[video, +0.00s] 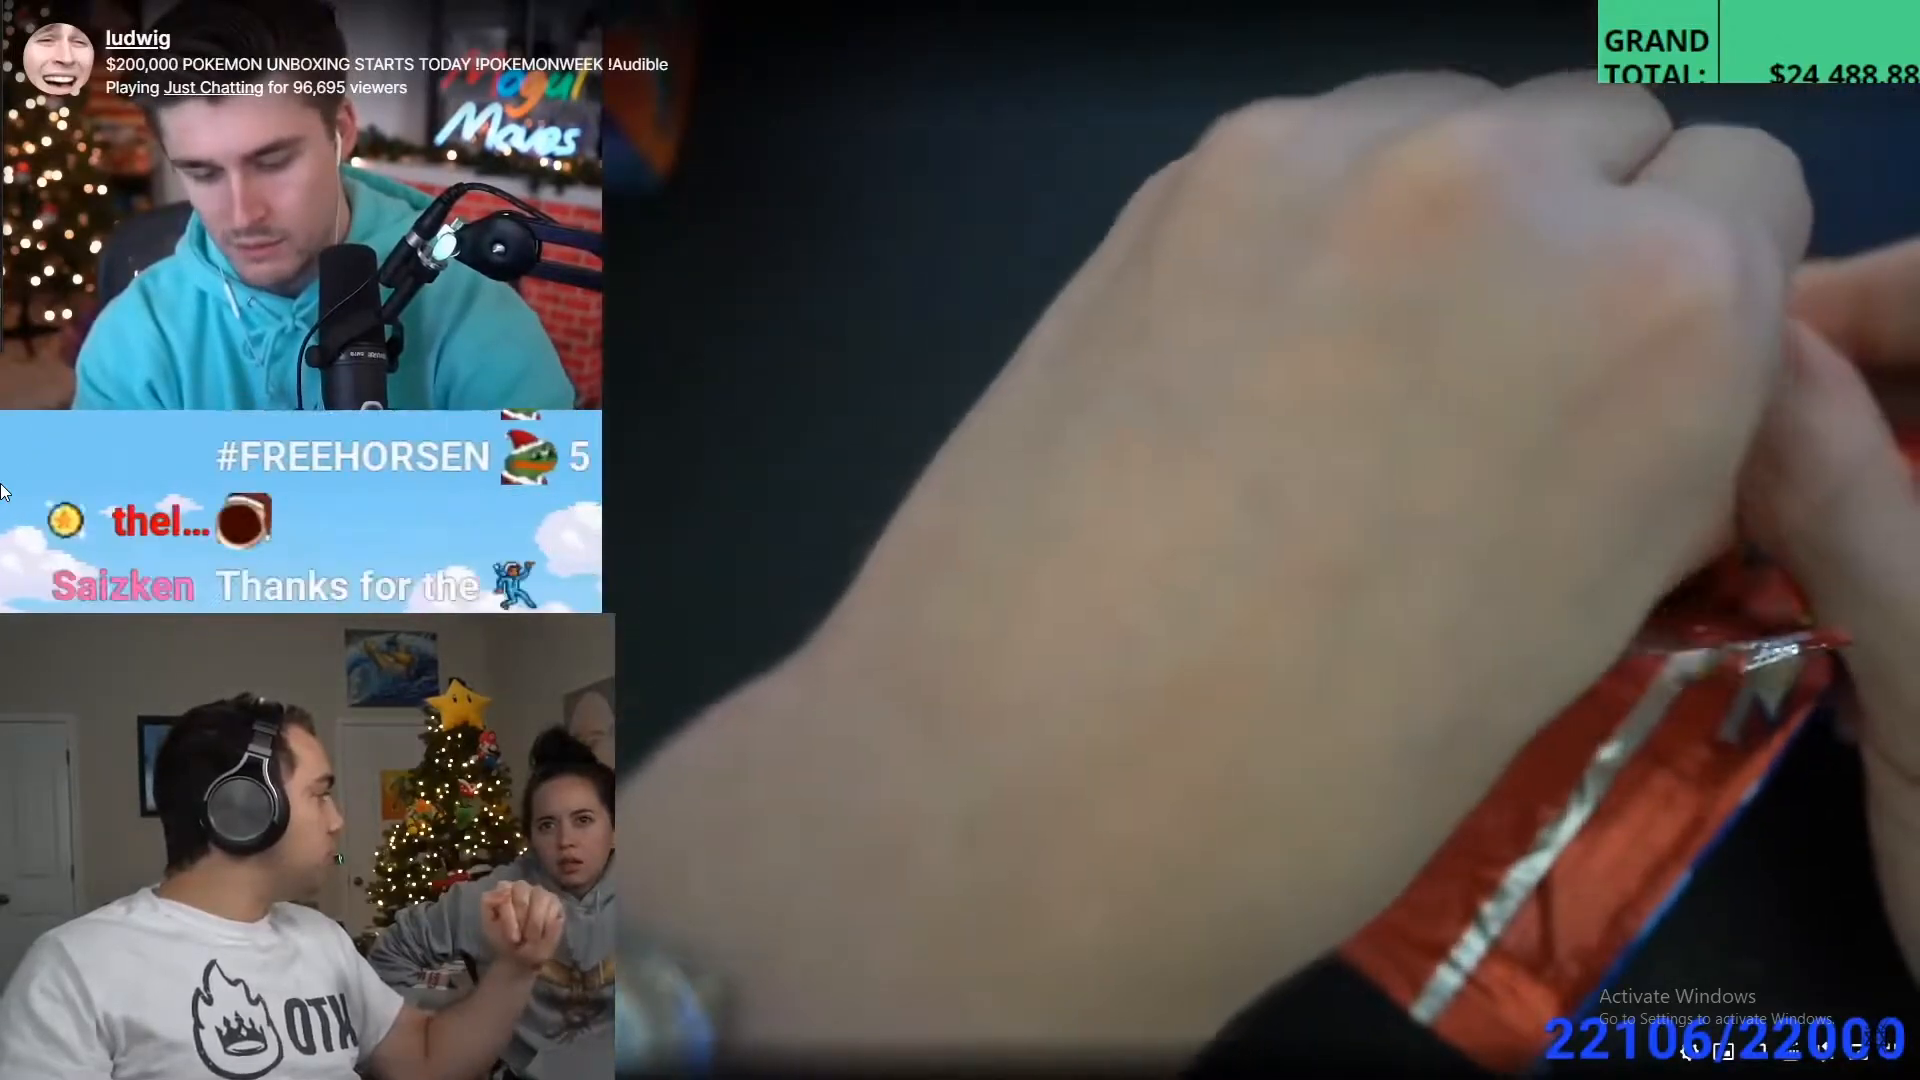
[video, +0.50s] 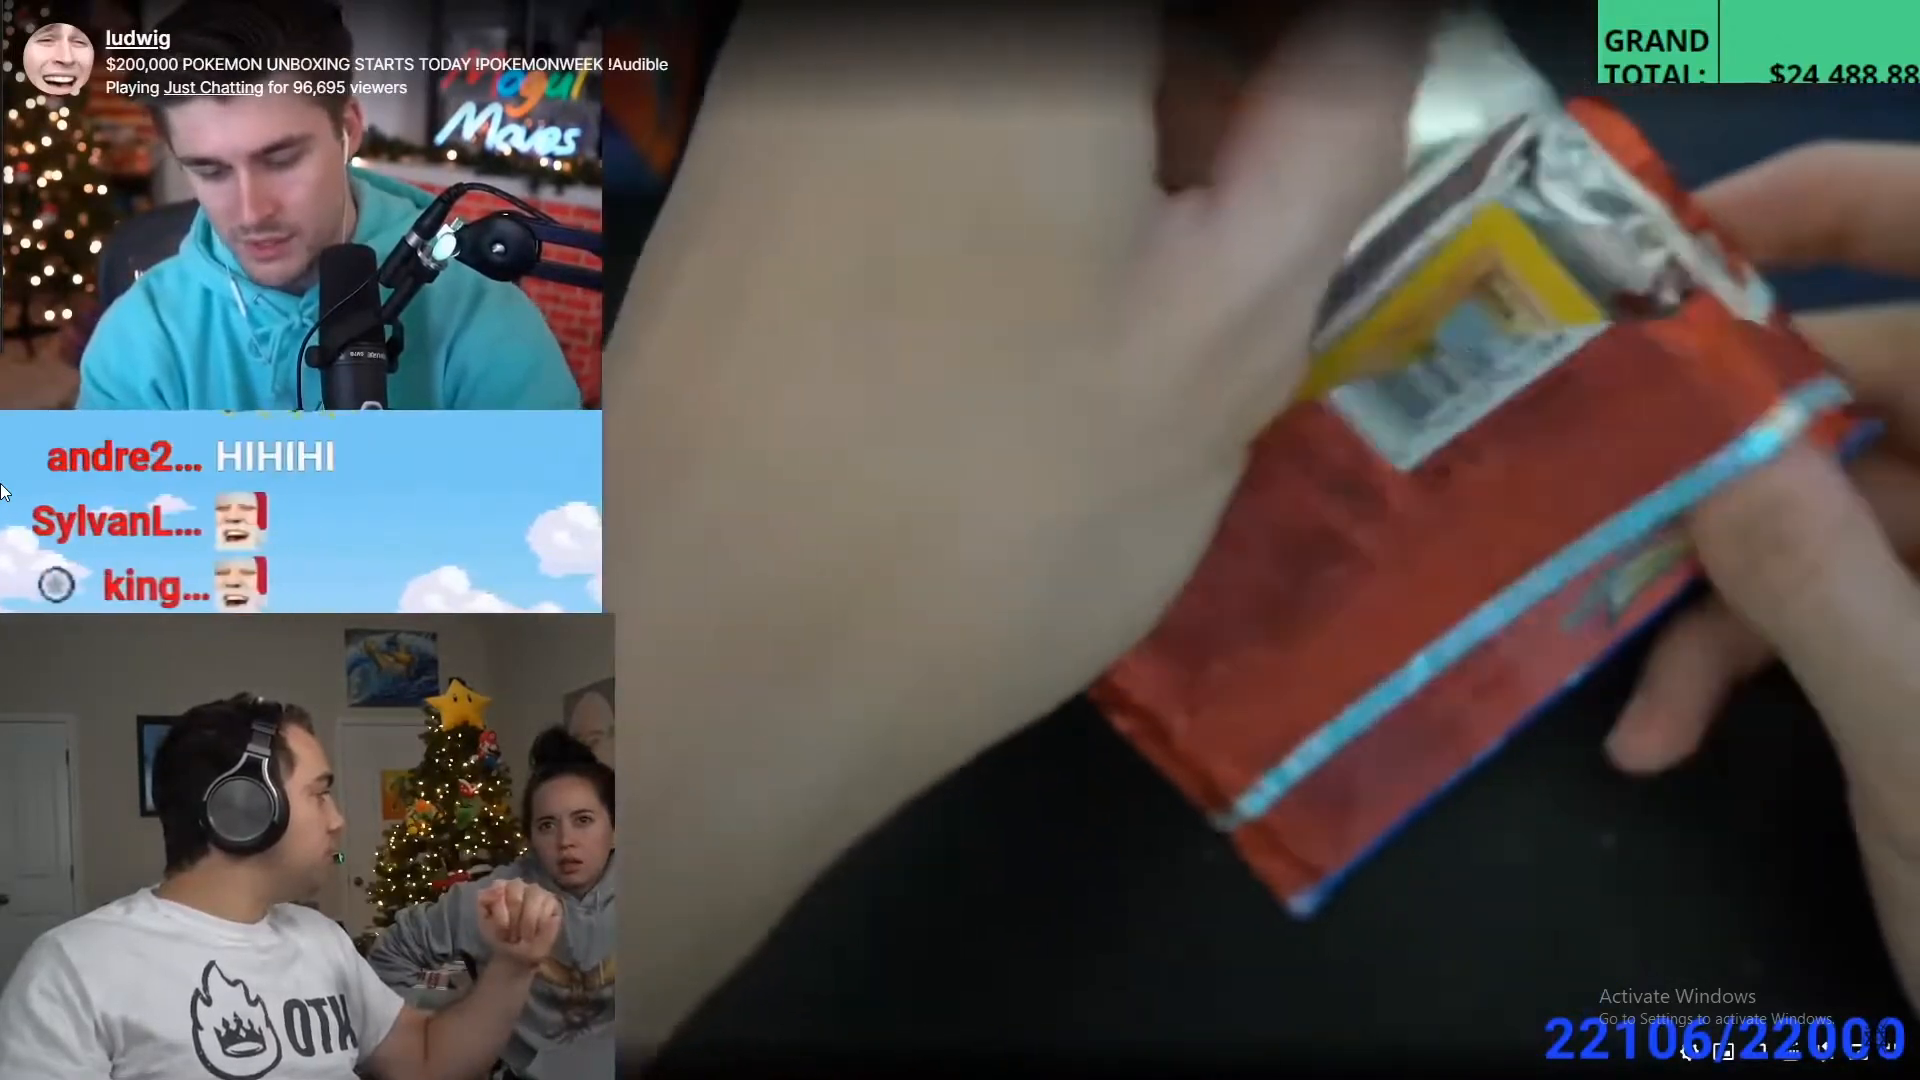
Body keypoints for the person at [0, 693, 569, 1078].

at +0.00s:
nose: (340, 818)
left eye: (332, 794)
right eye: (321, 794)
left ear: (255, 803)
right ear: (241, 805)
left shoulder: (322, 943)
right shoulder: (75, 968)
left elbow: (426, 1057)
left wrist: (514, 967)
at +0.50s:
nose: (340, 818)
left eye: (331, 792)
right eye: (320, 793)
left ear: (256, 804)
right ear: (241, 805)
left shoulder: (322, 943)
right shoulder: (73, 969)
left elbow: (427, 1058)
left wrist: (511, 965)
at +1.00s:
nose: (343, 821)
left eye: (334, 797)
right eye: (324, 798)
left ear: (258, 807)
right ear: (247, 808)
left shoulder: (324, 942)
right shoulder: (75, 968)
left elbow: (425, 1058)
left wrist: (511, 967)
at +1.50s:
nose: (344, 823)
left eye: (336, 798)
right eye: (325, 799)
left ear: (260, 809)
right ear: (250, 810)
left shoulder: (324, 942)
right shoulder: (77, 967)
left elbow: (426, 1059)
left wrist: (511, 967)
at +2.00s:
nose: (344, 824)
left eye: (335, 798)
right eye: (324, 799)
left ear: (259, 808)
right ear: (247, 809)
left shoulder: (325, 943)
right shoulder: (76, 967)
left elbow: (428, 1060)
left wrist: (511, 968)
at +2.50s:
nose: (344, 824)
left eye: (335, 798)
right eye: (324, 799)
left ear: (260, 808)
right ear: (248, 809)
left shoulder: (324, 943)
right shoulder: (76, 967)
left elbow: (428, 1059)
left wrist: (512, 968)